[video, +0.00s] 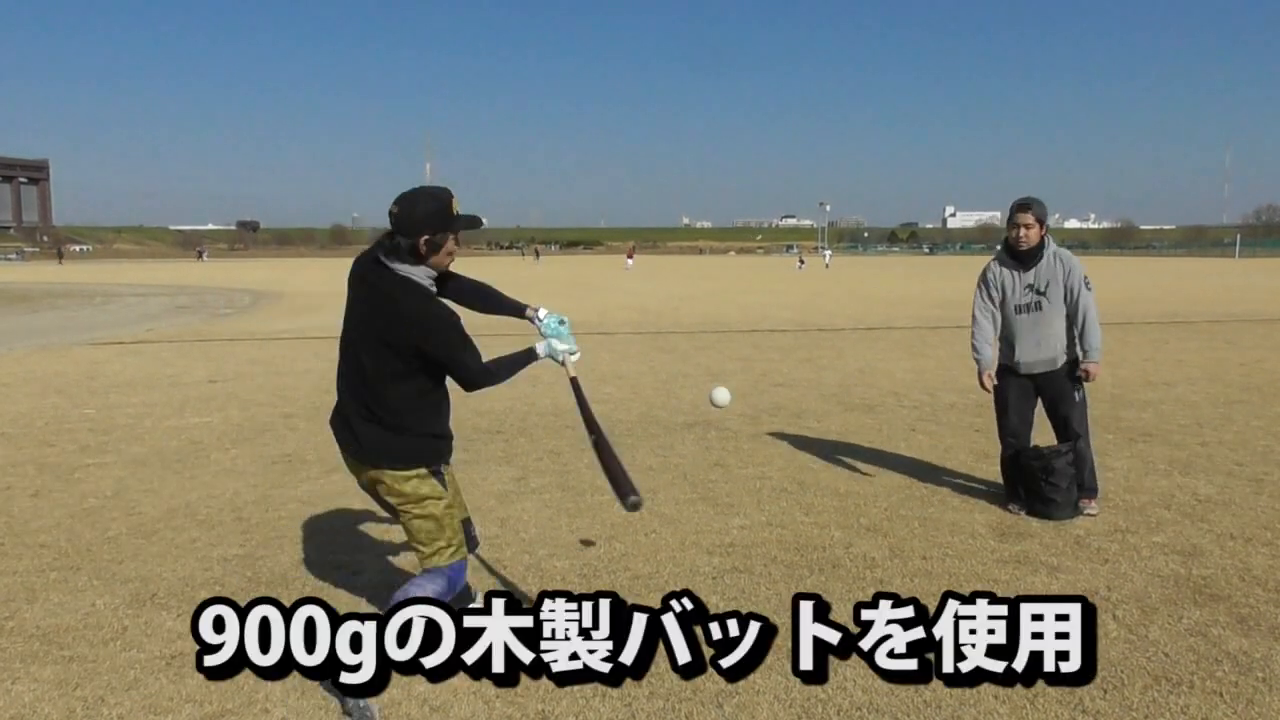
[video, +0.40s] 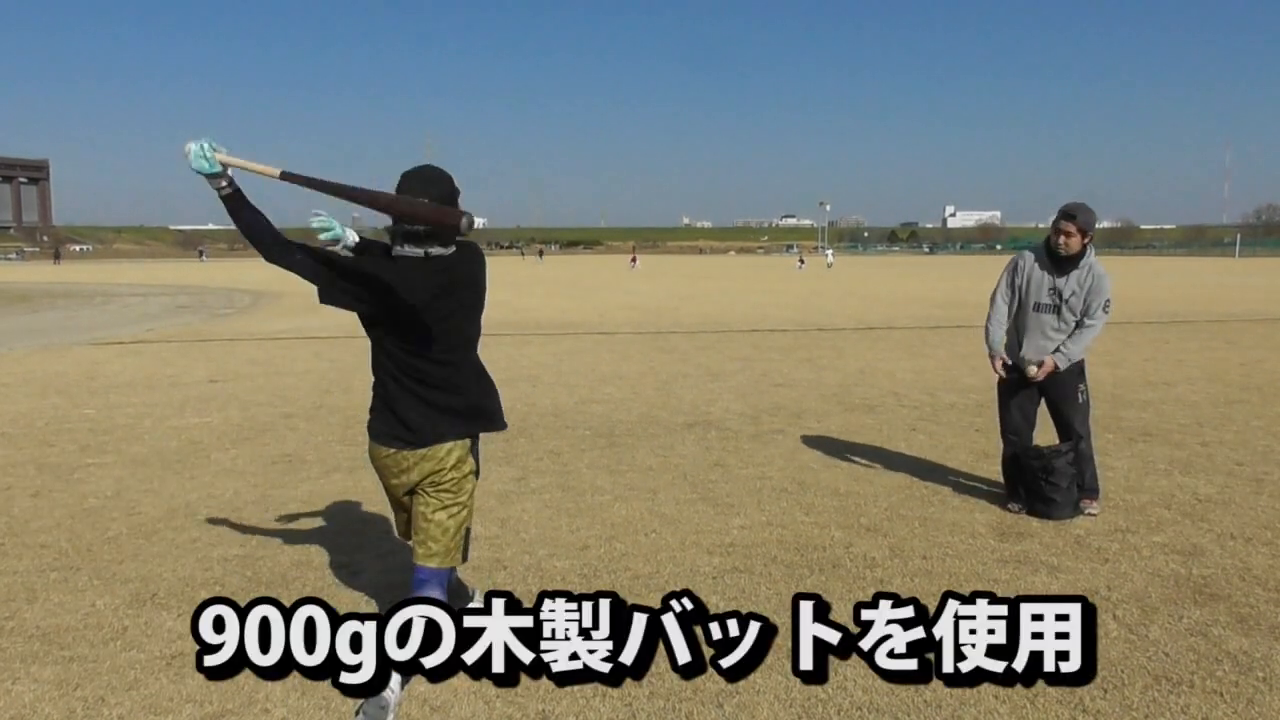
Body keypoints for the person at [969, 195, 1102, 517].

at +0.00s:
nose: (1020, 233)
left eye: (1027, 226)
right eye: (1014, 226)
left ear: (1043, 229)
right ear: (1007, 229)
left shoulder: (1066, 264)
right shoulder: (995, 271)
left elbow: (1084, 310)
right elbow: (984, 319)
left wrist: (1091, 356)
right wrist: (985, 362)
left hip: (1059, 366)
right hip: (1013, 369)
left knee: (1074, 434)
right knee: (1013, 436)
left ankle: (1086, 493)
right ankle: (1016, 496)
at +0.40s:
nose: (1060, 239)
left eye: (1069, 235)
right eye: (1057, 231)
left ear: (1086, 239)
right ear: (1050, 229)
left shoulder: (1095, 277)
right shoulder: (1025, 262)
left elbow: (1090, 327)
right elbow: (1000, 305)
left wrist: (1056, 360)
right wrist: (995, 347)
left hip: (1064, 367)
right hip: (1018, 365)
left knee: (1076, 434)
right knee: (1015, 436)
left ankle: (1087, 495)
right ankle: (1016, 494)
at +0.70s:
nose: (1067, 280)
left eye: (1074, 276)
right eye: (1063, 274)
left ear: (1087, 270)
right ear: (1053, 262)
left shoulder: (1096, 295)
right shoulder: (1026, 279)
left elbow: (1093, 345)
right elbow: (1006, 321)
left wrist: (1073, 386)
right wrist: (1008, 364)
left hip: (1066, 373)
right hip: (1022, 369)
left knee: (1079, 436)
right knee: (1014, 435)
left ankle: (1088, 496)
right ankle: (1016, 495)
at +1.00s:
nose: (1044, 320)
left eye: (1052, 316)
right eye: (1039, 313)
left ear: (1067, 310)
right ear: (1033, 301)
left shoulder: (1082, 321)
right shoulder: (1013, 305)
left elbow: (1085, 372)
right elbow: (998, 345)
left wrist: (1067, 419)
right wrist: (1002, 385)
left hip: (1062, 379)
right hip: (1021, 377)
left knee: (1076, 433)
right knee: (1014, 434)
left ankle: (1087, 495)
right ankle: (1015, 494)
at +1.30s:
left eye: (1023, 315)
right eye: (1015, 317)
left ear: (1025, 311)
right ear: (1002, 316)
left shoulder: (1052, 328)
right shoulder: (1000, 315)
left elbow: (1056, 383)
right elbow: (996, 344)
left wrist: (1034, 430)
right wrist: (996, 380)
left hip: (1072, 368)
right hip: (1030, 367)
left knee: (1069, 429)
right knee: (1018, 426)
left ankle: (1086, 493)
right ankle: (1015, 488)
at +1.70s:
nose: (976, 321)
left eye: (975, 318)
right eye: (974, 317)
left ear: (981, 317)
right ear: (992, 294)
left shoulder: (1024, 341)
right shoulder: (1007, 298)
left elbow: (1033, 396)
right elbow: (1007, 346)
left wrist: (1028, 438)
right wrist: (1012, 378)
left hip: (1082, 368)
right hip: (1049, 368)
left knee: (1073, 432)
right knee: (1029, 432)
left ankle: (1089, 493)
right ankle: (1018, 490)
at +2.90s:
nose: (979, 282)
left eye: (978, 277)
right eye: (978, 277)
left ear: (988, 280)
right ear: (1004, 262)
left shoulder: (1028, 302)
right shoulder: (1011, 288)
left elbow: (1043, 355)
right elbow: (1007, 330)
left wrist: (1040, 398)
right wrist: (1005, 362)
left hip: (1073, 364)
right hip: (1038, 362)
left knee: (1068, 425)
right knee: (1025, 423)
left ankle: (1088, 491)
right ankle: (1017, 487)